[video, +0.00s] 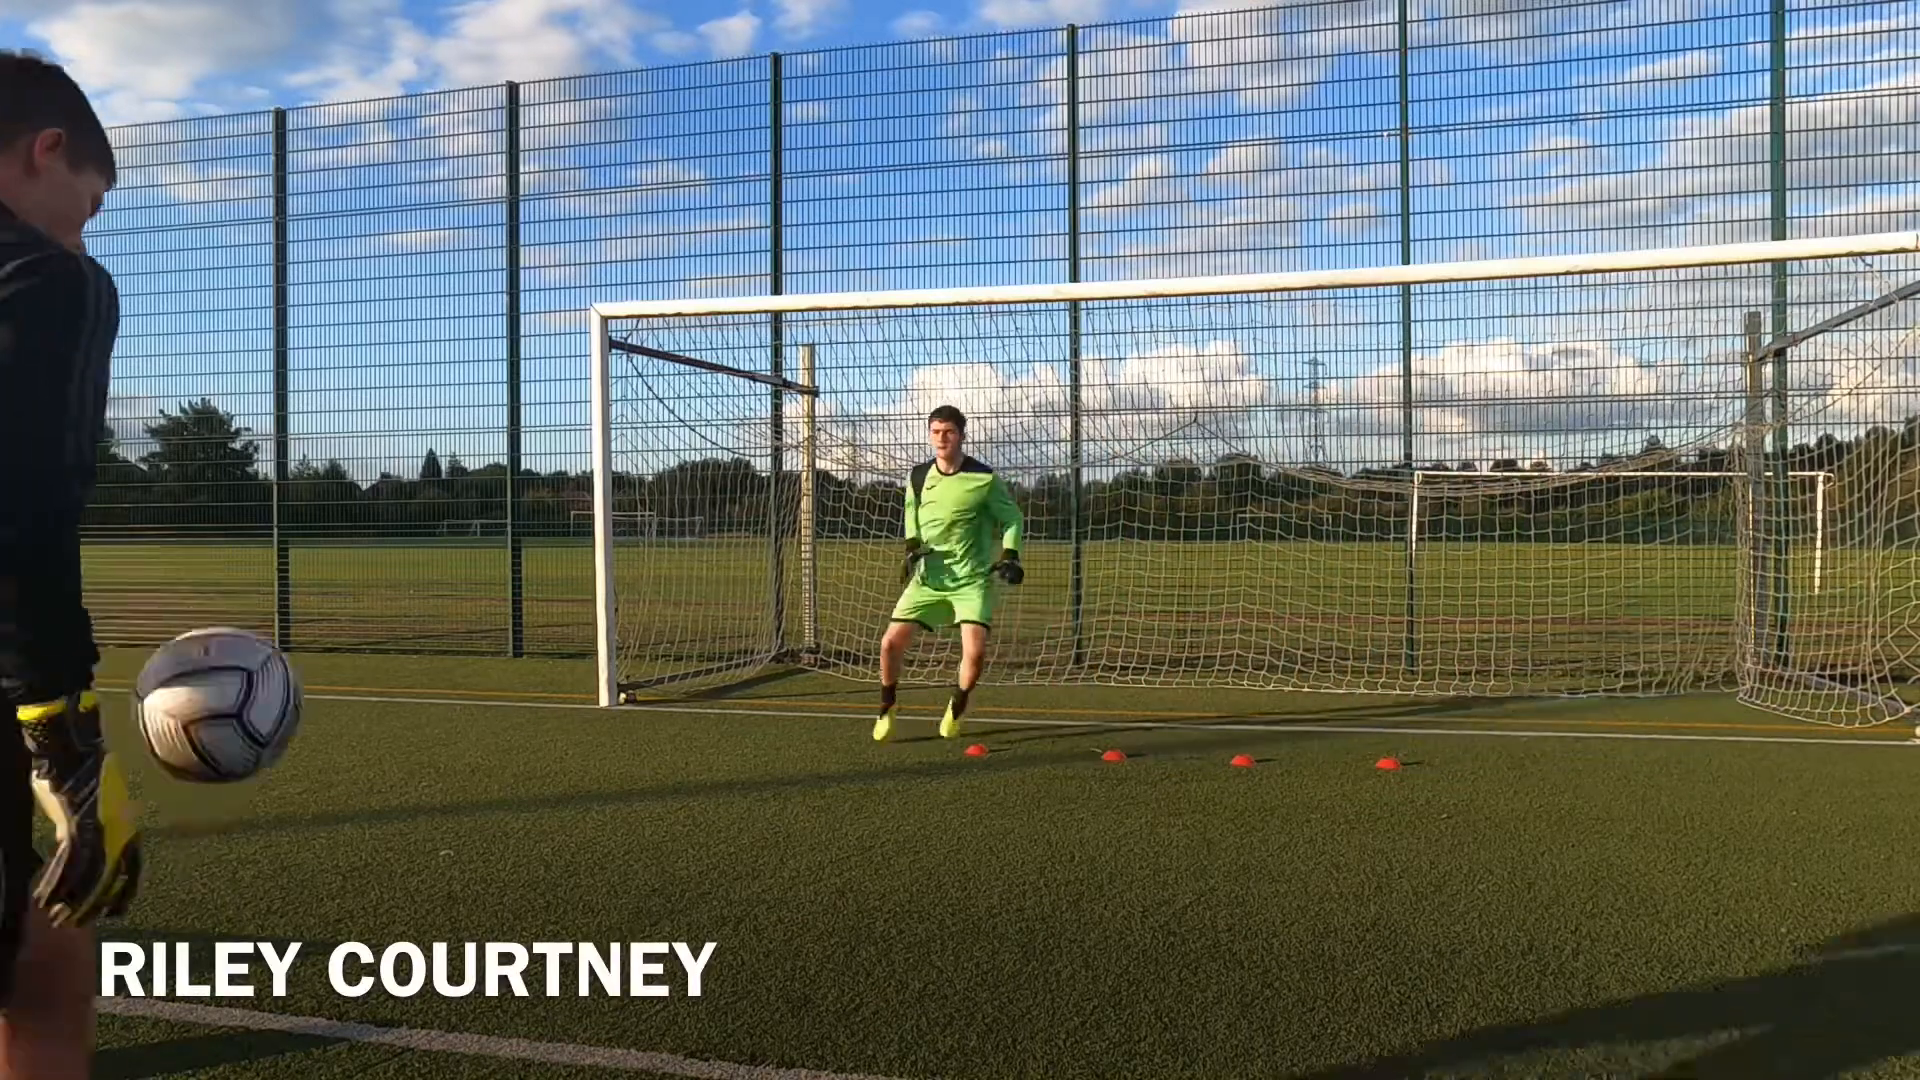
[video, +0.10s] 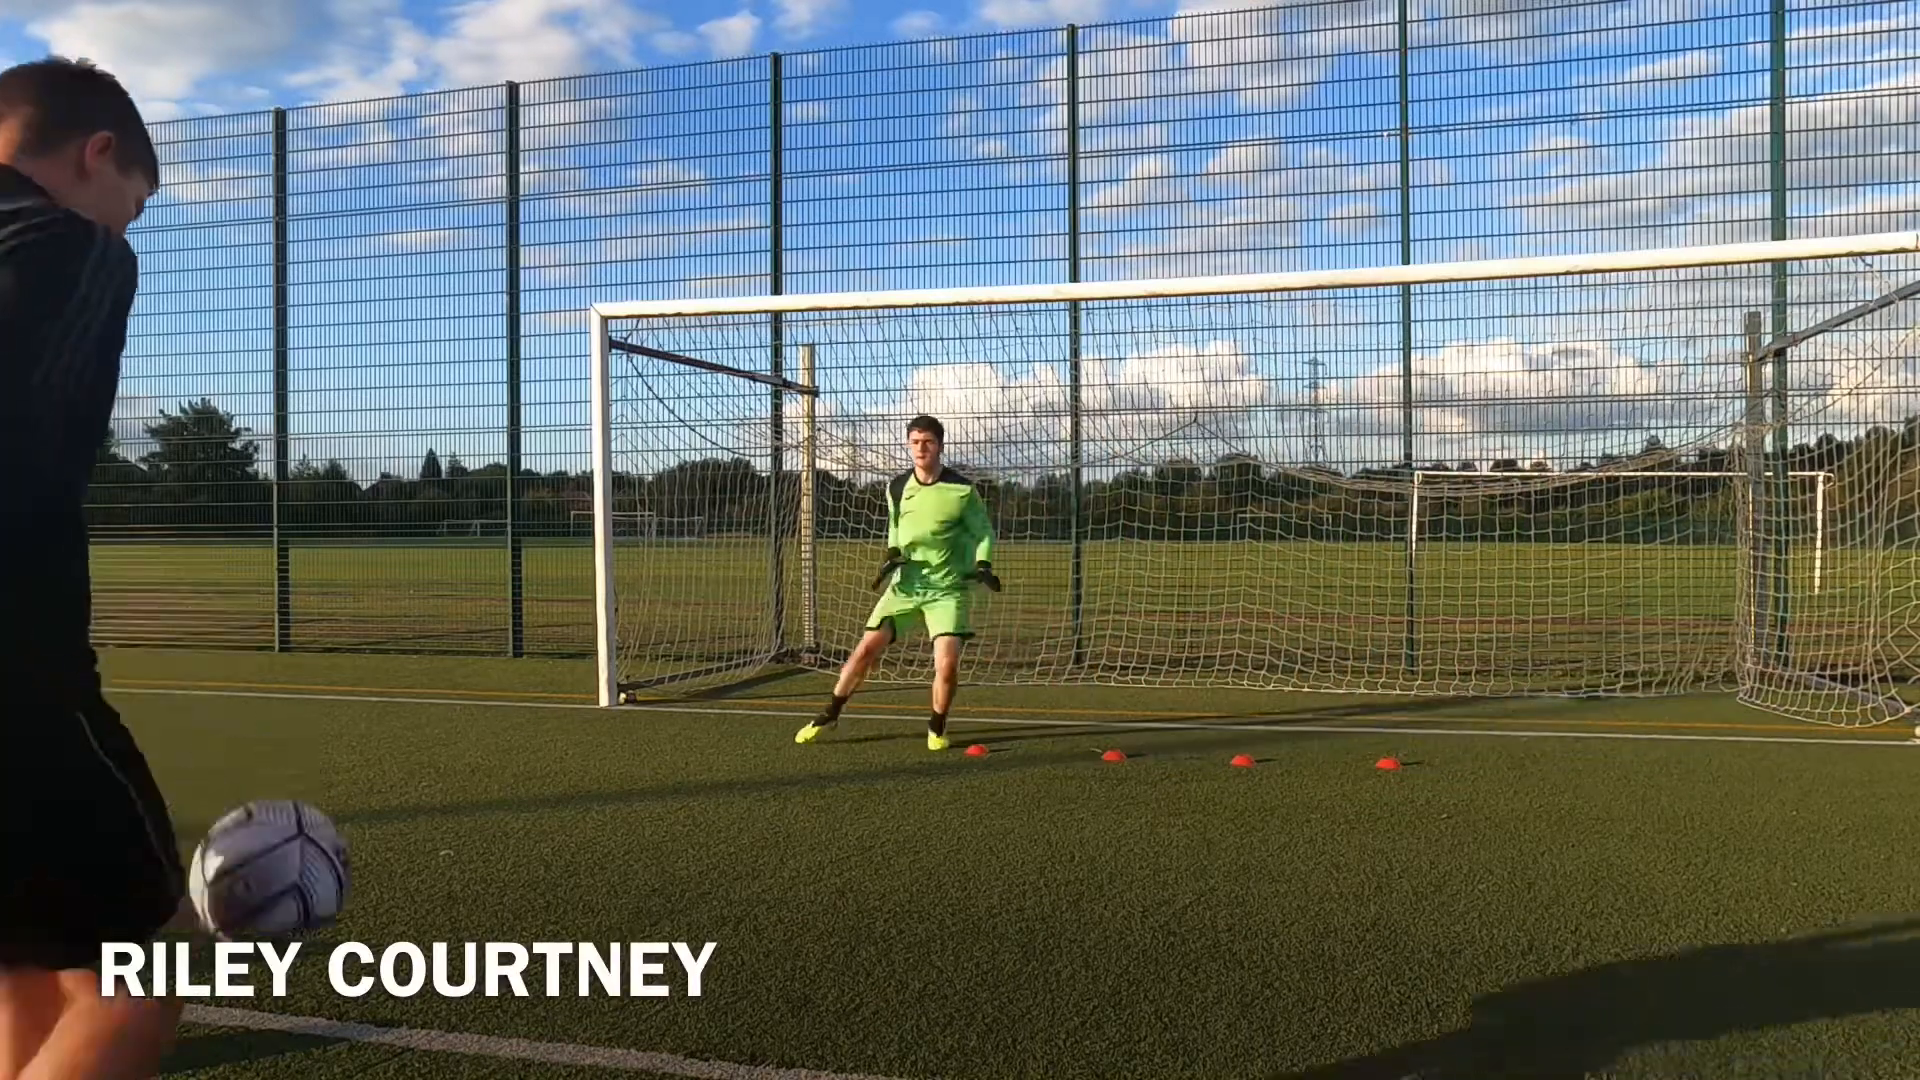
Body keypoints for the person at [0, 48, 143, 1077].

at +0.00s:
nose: (86, 225)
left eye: (97, 207)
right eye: (89, 198)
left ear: (26, 158)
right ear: (40, 154)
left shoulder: (42, 285)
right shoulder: (51, 284)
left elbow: (38, 528)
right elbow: (34, 523)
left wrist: (66, 756)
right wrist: (67, 756)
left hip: (24, 713)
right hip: (19, 715)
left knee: (50, 1004)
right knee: (50, 1009)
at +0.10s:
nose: (125, 228)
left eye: (136, 210)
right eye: (132, 202)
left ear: (22, 151)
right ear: (95, 154)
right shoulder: (80, 253)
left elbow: (43, 479)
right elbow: (40, 480)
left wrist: (60, 678)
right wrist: (62, 682)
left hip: (27, 674)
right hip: (30, 681)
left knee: (31, 989)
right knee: (144, 982)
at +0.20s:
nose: (163, 224)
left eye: (172, 209)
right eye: (170, 200)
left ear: (29, 151)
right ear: (134, 159)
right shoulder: (98, 218)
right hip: (35, 626)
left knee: (37, 976)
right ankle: (317, 990)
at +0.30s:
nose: (178, 217)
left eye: (184, 201)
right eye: (181, 194)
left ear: (40, 147)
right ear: (144, 150)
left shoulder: (8, 208)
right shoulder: (116, 214)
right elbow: (59, 439)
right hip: (40, 629)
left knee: (42, 968)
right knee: (247, 589)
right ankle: (369, 723)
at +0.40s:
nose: (164, 176)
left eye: (170, 151)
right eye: (166, 145)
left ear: (23, 115)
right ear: (124, 119)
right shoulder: (109, 212)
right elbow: (93, 452)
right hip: (58, 636)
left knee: (54, 933)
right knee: (232, 484)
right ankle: (292, 737)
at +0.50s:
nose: (144, 135)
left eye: (149, 112)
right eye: (144, 109)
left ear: (14, 91)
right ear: (100, 89)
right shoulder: (88, 193)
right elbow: (41, 401)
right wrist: (47, 628)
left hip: (20, 636)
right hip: (53, 632)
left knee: (45, 963)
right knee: (251, 521)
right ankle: (229, 829)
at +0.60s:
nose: (127, 113)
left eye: (126, 88)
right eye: (124, 87)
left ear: (18, 77)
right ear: (86, 75)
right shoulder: (86, 197)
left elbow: (63, 427)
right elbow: (71, 424)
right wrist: (147, 616)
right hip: (42, 593)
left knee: (36, 953)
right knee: (270, 700)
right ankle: (186, 999)